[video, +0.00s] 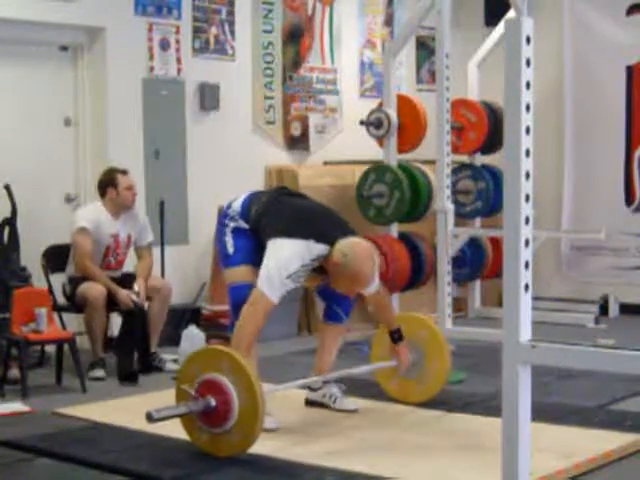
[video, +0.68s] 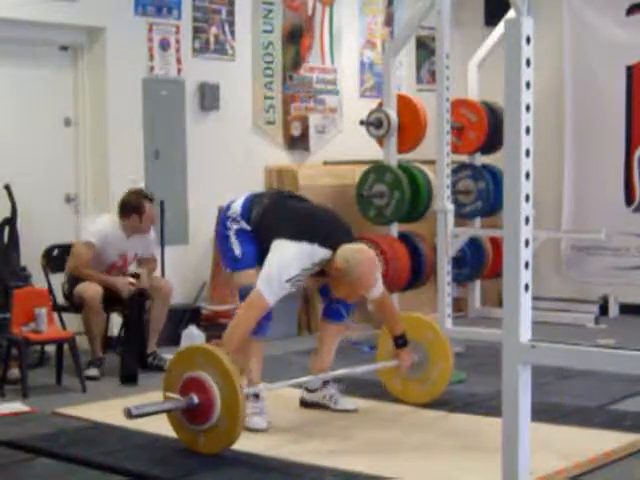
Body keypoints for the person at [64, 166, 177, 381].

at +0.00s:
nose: (135, 193)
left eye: (134, 188)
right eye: (129, 189)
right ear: (111, 193)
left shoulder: (135, 217)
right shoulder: (88, 216)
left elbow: (145, 256)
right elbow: (83, 264)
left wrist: (141, 281)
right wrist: (116, 290)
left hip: (119, 276)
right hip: (87, 277)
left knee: (162, 288)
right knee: (97, 294)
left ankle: (151, 352)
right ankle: (98, 359)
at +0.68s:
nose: (153, 219)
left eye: (152, 213)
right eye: (149, 214)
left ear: (135, 218)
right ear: (134, 218)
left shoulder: (146, 233)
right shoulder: (102, 229)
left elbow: (149, 261)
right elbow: (75, 268)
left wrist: (144, 273)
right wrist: (113, 282)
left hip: (122, 279)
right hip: (89, 280)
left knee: (163, 288)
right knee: (92, 293)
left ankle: (150, 351)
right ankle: (96, 358)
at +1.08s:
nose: (181, 211)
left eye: (181, 206)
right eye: (177, 206)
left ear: (161, 209)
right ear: (159, 209)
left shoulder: (171, 226)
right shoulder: (128, 223)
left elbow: (164, 256)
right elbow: (103, 262)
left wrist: (153, 281)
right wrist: (124, 291)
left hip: (138, 266)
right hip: (107, 266)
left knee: (171, 290)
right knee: (101, 297)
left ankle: (150, 352)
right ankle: (97, 359)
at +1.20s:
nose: (188, 187)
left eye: (188, 180)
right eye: (184, 181)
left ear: (170, 183)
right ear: (167, 182)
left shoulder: (178, 205)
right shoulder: (133, 204)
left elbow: (168, 245)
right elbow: (110, 248)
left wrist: (160, 278)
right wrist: (125, 290)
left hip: (139, 253)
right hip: (106, 251)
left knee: (173, 291)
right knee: (105, 297)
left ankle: (150, 352)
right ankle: (97, 358)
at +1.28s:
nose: (191, 169)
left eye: (191, 163)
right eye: (187, 164)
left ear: (175, 166)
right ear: (170, 167)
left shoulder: (183, 192)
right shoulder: (142, 188)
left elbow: (171, 239)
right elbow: (118, 232)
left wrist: (161, 275)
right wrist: (125, 279)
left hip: (142, 245)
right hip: (109, 241)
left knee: (170, 289)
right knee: (108, 294)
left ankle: (151, 352)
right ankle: (98, 357)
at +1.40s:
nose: (199, 145)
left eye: (199, 140)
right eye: (194, 140)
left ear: (184, 141)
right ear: (177, 140)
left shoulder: (188, 172)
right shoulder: (152, 166)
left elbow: (178, 215)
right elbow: (127, 212)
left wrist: (171, 255)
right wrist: (136, 258)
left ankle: (150, 352)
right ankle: (98, 356)